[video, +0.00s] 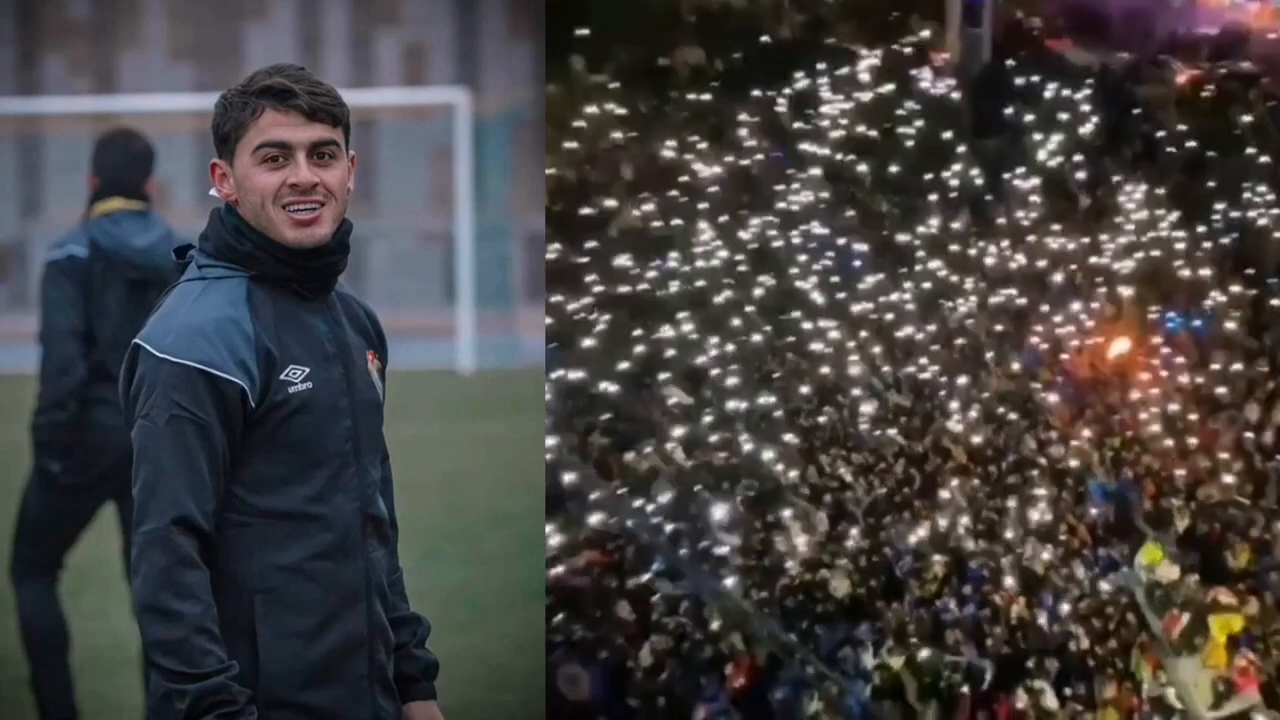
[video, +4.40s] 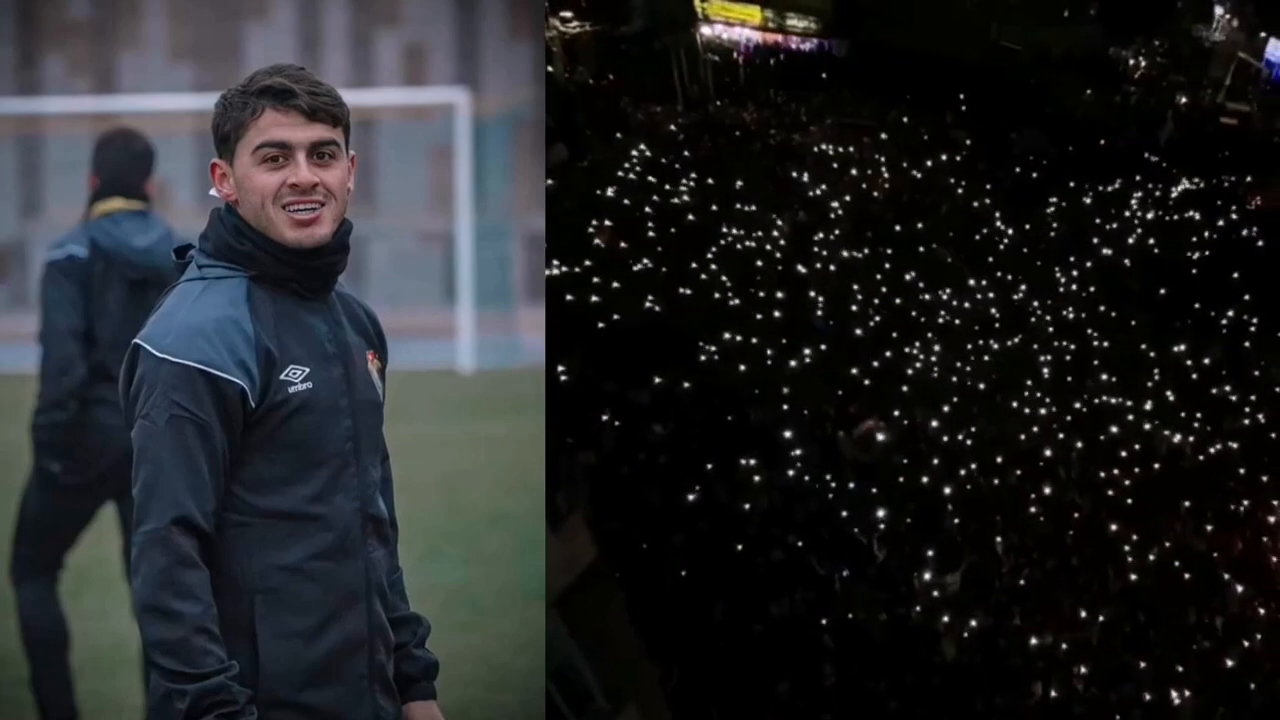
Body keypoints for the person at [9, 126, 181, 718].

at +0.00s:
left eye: (92, 174)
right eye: (150, 178)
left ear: (94, 180)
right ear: (152, 185)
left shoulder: (73, 254)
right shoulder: (178, 255)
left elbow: (65, 363)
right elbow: (190, 352)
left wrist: (51, 441)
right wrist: (175, 428)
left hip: (87, 449)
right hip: (158, 447)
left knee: (33, 569)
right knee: (157, 580)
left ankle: (56, 707)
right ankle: (167, 704)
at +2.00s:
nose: (96, 182)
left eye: (92, 173)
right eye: (150, 178)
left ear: (94, 180)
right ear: (152, 185)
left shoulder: (73, 254)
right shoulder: (178, 255)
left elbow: (65, 363)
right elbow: (191, 352)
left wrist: (51, 442)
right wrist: (175, 429)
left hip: (87, 449)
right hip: (158, 447)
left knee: (34, 570)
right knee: (157, 580)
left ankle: (57, 707)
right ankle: (167, 704)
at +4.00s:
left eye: (92, 174)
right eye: (151, 178)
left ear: (94, 180)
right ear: (152, 185)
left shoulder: (73, 253)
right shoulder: (177, 254)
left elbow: (65, 363)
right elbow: (190, 351)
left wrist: (49, 441)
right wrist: (174, 428)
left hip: (87, 448)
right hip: (158, 447)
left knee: (34, 569)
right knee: (157, 580)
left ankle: (57, 708)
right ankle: (167, 705)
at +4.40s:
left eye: (93, 174)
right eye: (150, 178)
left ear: (94, 180)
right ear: (152, 185)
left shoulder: (73, 253)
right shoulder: (177, 254)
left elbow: (65, 363)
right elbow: (190, 352)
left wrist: (50, 443)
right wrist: (174, 429)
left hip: (87, 449)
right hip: (157, 448)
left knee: (34, 569)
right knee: (157, 580)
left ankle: (57, 708)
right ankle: (167, 705)